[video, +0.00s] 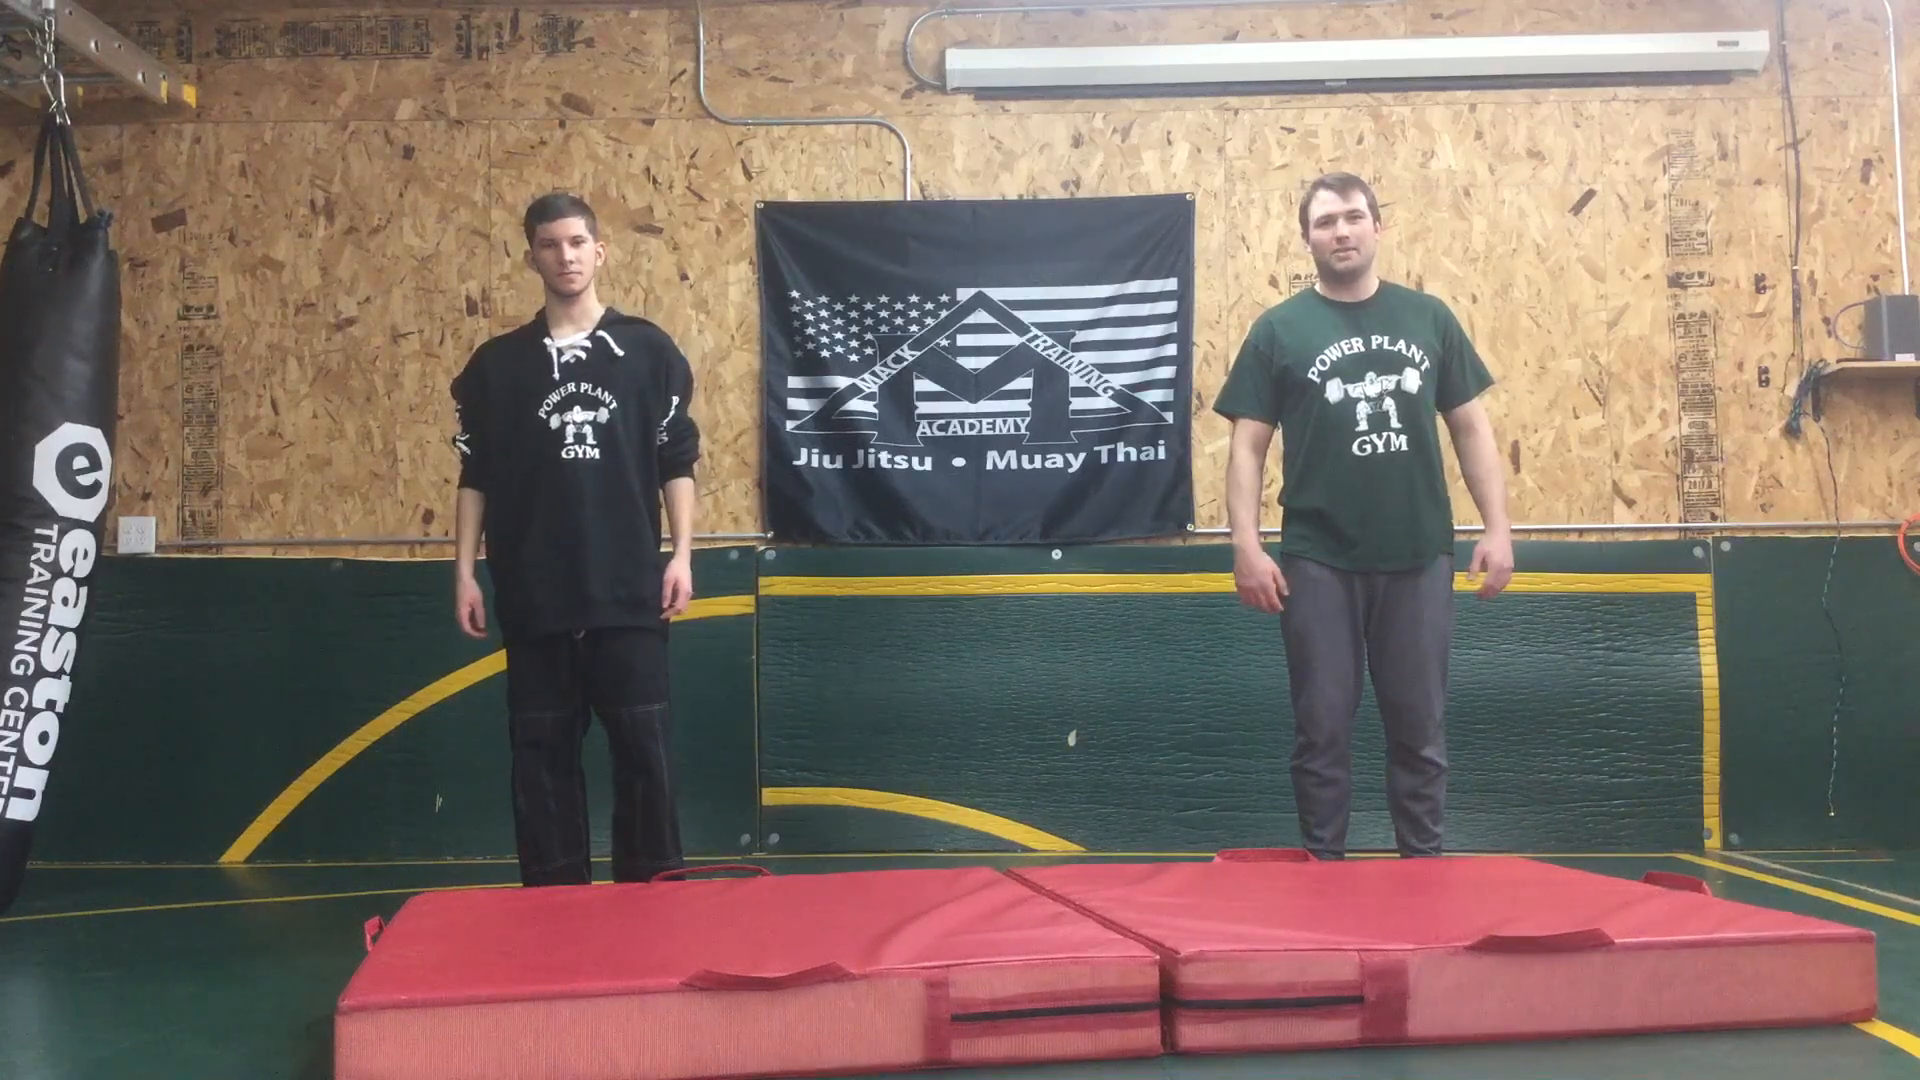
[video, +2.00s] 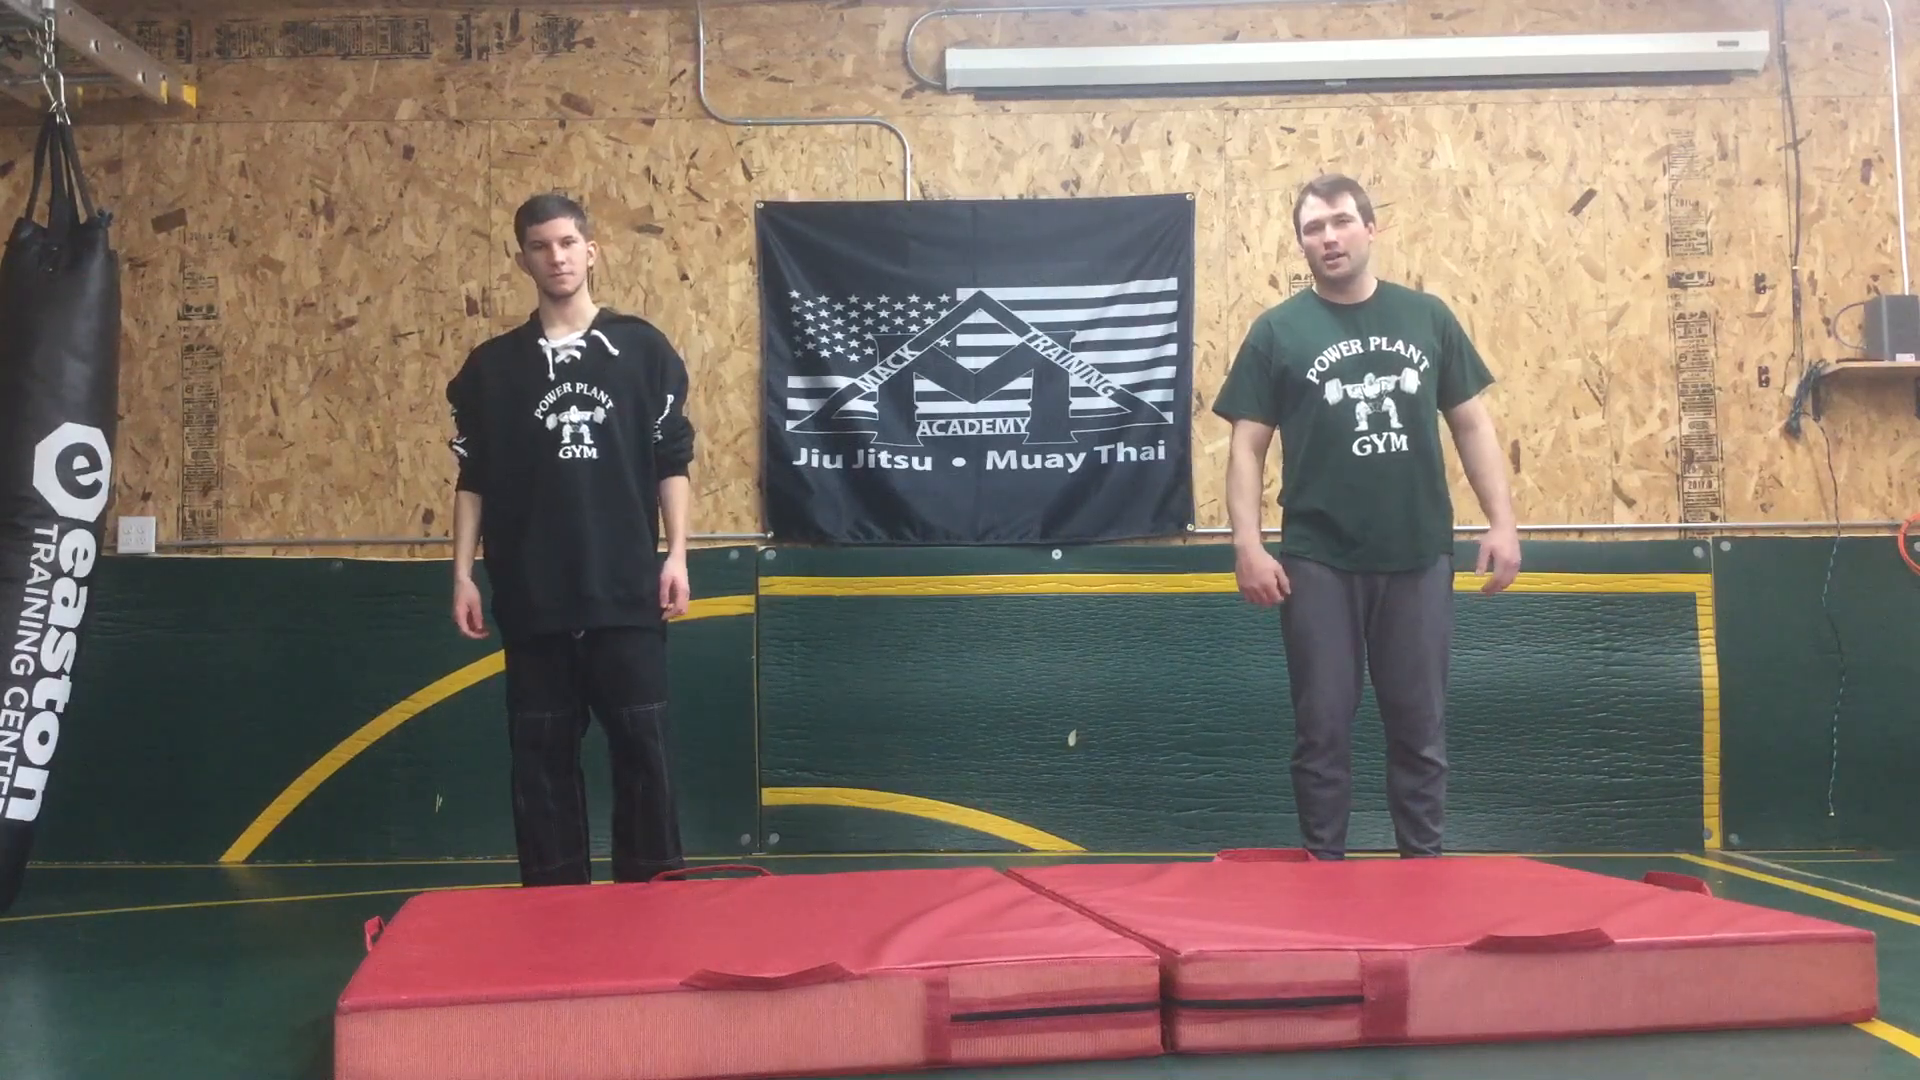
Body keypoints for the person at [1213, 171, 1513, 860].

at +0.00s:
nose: (1342, 231)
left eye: (1353, 218)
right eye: (1326, 222)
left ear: (1377, 228)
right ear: (1307, 239)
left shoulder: (1428, 318)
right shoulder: (1278, 331)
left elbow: (1469, 426)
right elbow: (1247, 445)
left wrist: (1498, 527)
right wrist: (1246, 546)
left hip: (1418, 555)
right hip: (1317, 557)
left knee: (1419, 727)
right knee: (1322, 726)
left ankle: (1423, 869)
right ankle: (1323, 870)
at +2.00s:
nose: (1328, 236)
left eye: (1341, 221)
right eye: (1313, 227)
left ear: (1372, 229)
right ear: (1300, 243)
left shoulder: (1426, 317)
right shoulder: (1277, 332)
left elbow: (1470, 424)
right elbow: (1247, 447)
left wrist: (1502, 522)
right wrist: (1248, 545)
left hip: (1417, 554)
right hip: (1317, 556)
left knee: (1419, 724)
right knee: (1322, 723)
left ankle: (1423, 868)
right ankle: (1323, 869)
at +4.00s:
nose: (1345, 235)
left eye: (1357, 221)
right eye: (1330, 225)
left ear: (1381, 231)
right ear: (1311, 240)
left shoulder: (1430, 319)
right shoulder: (1280, 330)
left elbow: (1471, 427)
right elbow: (1247, 444)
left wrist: (1500, 526)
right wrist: (1251, 539)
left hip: (1417, 554)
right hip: (1317, 556)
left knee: (1420, 727)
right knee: (1322, 726)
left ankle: (1423, 870)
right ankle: (1324, 872)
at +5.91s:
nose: (1333, 243)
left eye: (1346, 228)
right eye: (1319, 232)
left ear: (1377, 232)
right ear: (1306, 242)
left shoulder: (1434, 321)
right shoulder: (1282, 331)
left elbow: (1471, 429)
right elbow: (1252, 445)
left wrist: (1494, 531)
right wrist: (1251, 548)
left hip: (1420, 556)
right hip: (1319, 558)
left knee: (1422, 728)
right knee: (1323, 726)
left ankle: (1424, 870)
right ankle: (1324, 872)